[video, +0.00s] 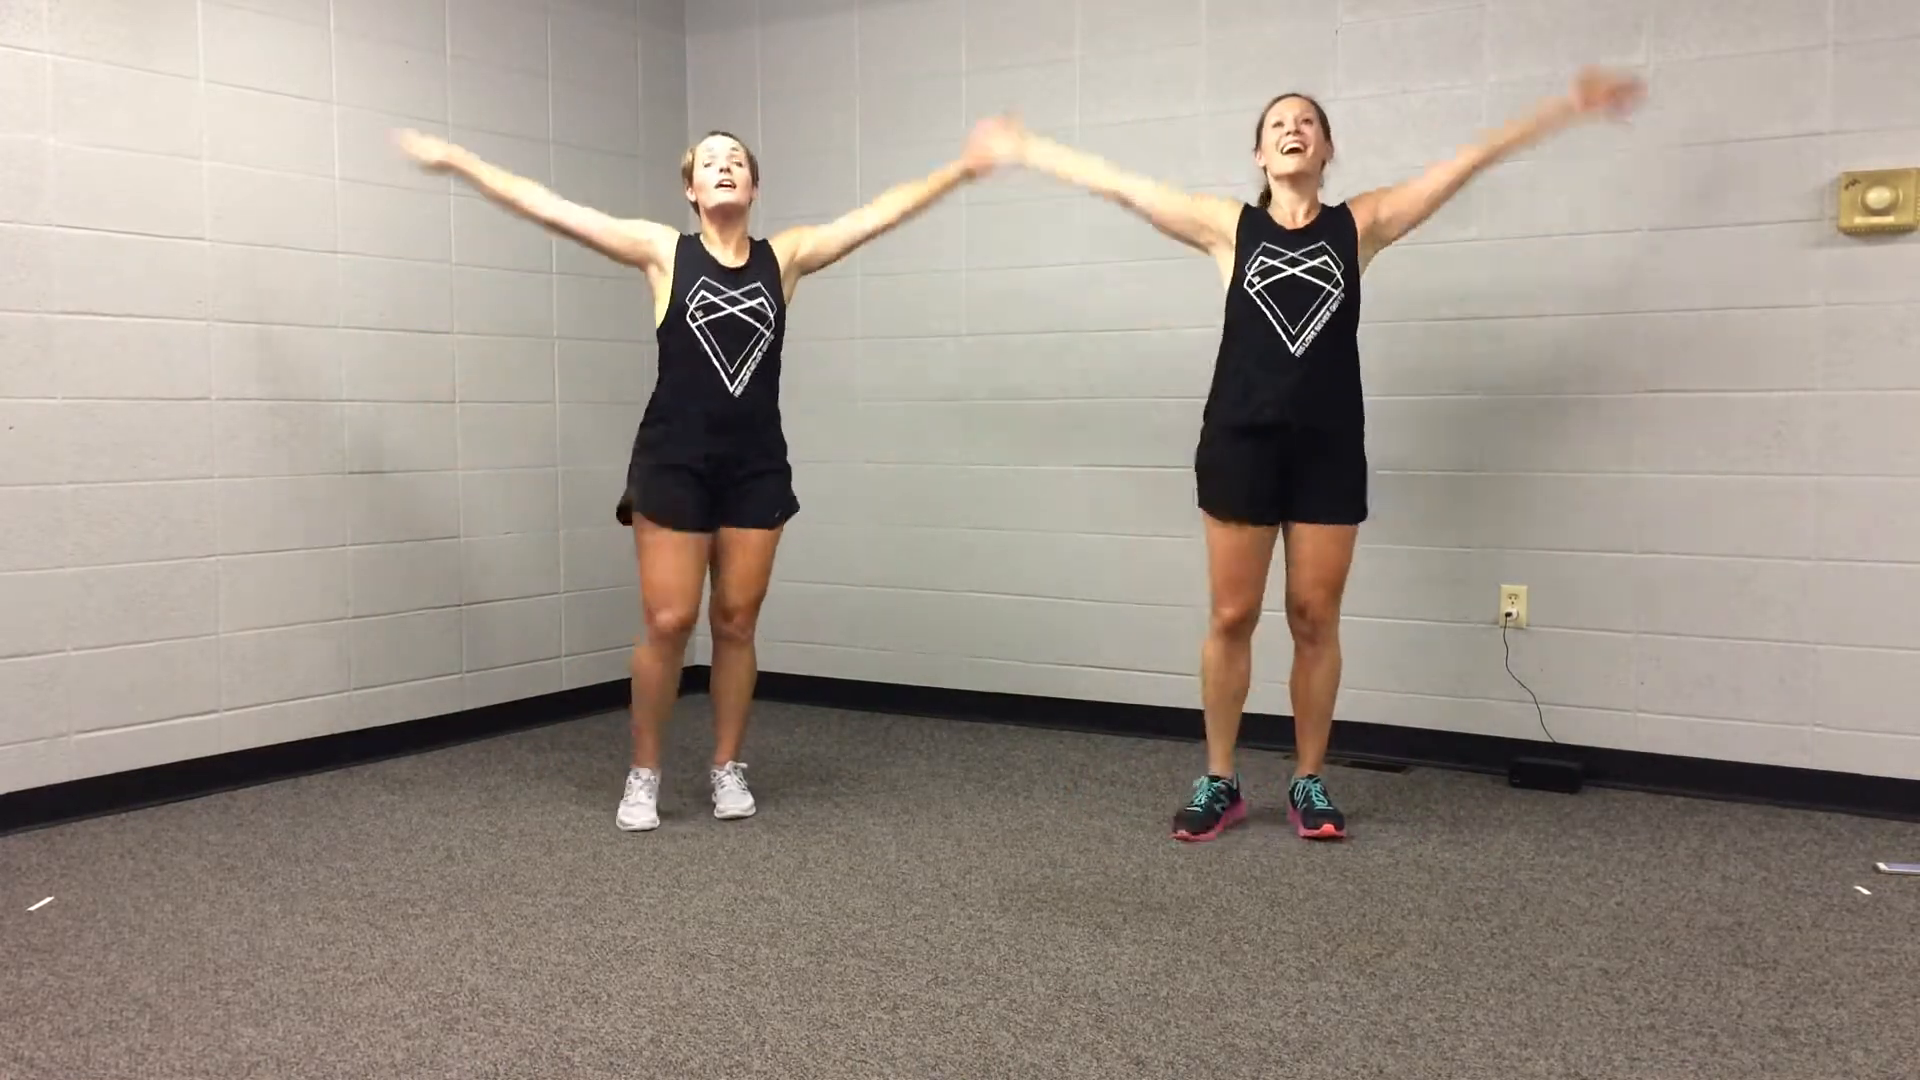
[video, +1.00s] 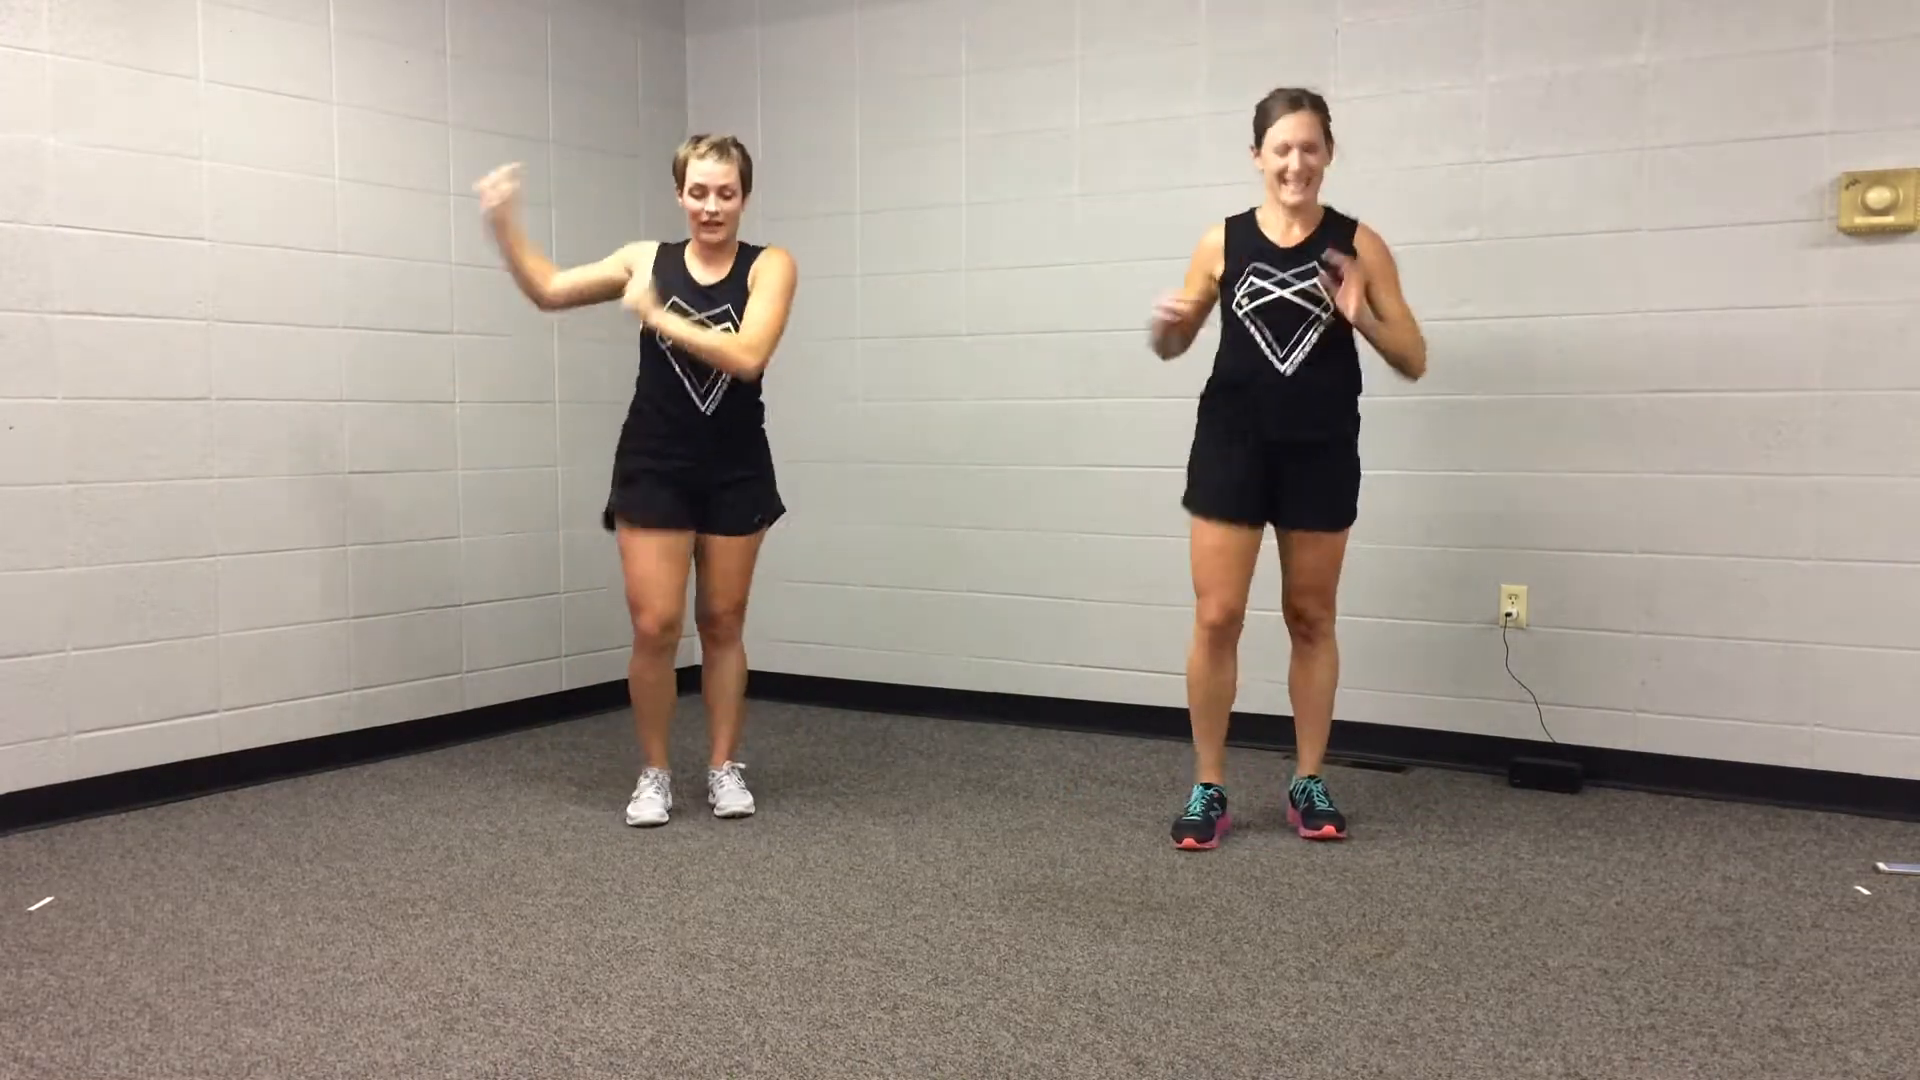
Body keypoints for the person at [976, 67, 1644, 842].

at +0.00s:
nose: (1294, 131)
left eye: (1308, 125)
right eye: (1280, 125)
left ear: (1329, 151)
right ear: (1258, 152)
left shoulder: (1358, 223)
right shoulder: (1228, 224)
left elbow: (1465, 164)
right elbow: (1119, 184)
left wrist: (1568, 107)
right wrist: (1021, 145)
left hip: (1329, 450)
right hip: (1239, 446)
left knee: (1314, 618)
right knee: (1230, 616)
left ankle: (1310, 781)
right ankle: (1219, 777)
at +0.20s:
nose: (1301, 141)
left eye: (1315, 134)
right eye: (1287, 136)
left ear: (1335, 159)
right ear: (1267, 161)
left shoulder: (1361, 225)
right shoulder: (1245, 223)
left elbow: (1415, 110)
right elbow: (1184, 122)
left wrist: (1460, 13)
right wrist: (1129, 29)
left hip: (1340, 446)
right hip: (1251, 439)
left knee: (1327, 624)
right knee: (1202, 571)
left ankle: (1310, 780)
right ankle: (1215, 712)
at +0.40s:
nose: (1305, 131)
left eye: (1318, 125)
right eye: (1290, 127)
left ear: (1340, 150)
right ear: (1272, 157)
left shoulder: (1368, 217)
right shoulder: (1249, 219)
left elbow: (1423, 92)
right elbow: (1199, 118)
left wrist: (1388, 4)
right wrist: (1231, 16)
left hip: (1341, 437)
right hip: (1253, 430)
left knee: (1325, 617)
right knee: (1246, 587)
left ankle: (1312, 778)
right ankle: (1251, 737)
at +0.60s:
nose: (1304, 137)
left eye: (1319, 130)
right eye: (1290, 133)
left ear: (1340, 157)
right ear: (1272, 160)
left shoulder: (1368, 230)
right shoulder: (1251, 232)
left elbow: (1434, 171)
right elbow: (1203, 189)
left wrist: (1363, 88)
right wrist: (1266, 92)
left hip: (1340, 444)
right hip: (1253, 436)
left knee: (1327, 619)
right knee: (1257, 598)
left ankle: (1311, 780)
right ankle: (1255, 765)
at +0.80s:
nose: (1300, 152)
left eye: (1314, 143)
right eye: (1286, 146)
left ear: (1336, 167)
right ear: (1267, 171)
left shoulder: (1371, 250)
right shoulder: (1244, 248)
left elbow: (1429, 335)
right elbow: (1193, 350)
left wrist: (1354, 262)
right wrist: (1265, 267)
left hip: (1333, 441)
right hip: (1248, 429)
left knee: (1325, 627)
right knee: (1241, 547)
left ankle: (1310, 781)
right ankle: (1229, 688)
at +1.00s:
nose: (1299, 162)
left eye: (1312, 149)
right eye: (1284, 149)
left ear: (1330, 159)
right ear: (1259, 158)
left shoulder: (1361, 246)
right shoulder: (1224, 242)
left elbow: (1414, 360)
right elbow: (1171, 346)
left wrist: (1361, 313)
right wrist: (1166, 327)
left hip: (1321, 453)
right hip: (1231, 449)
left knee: (1310, 618)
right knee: (1216, 618)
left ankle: (1309, 781)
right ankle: (1208, 784)